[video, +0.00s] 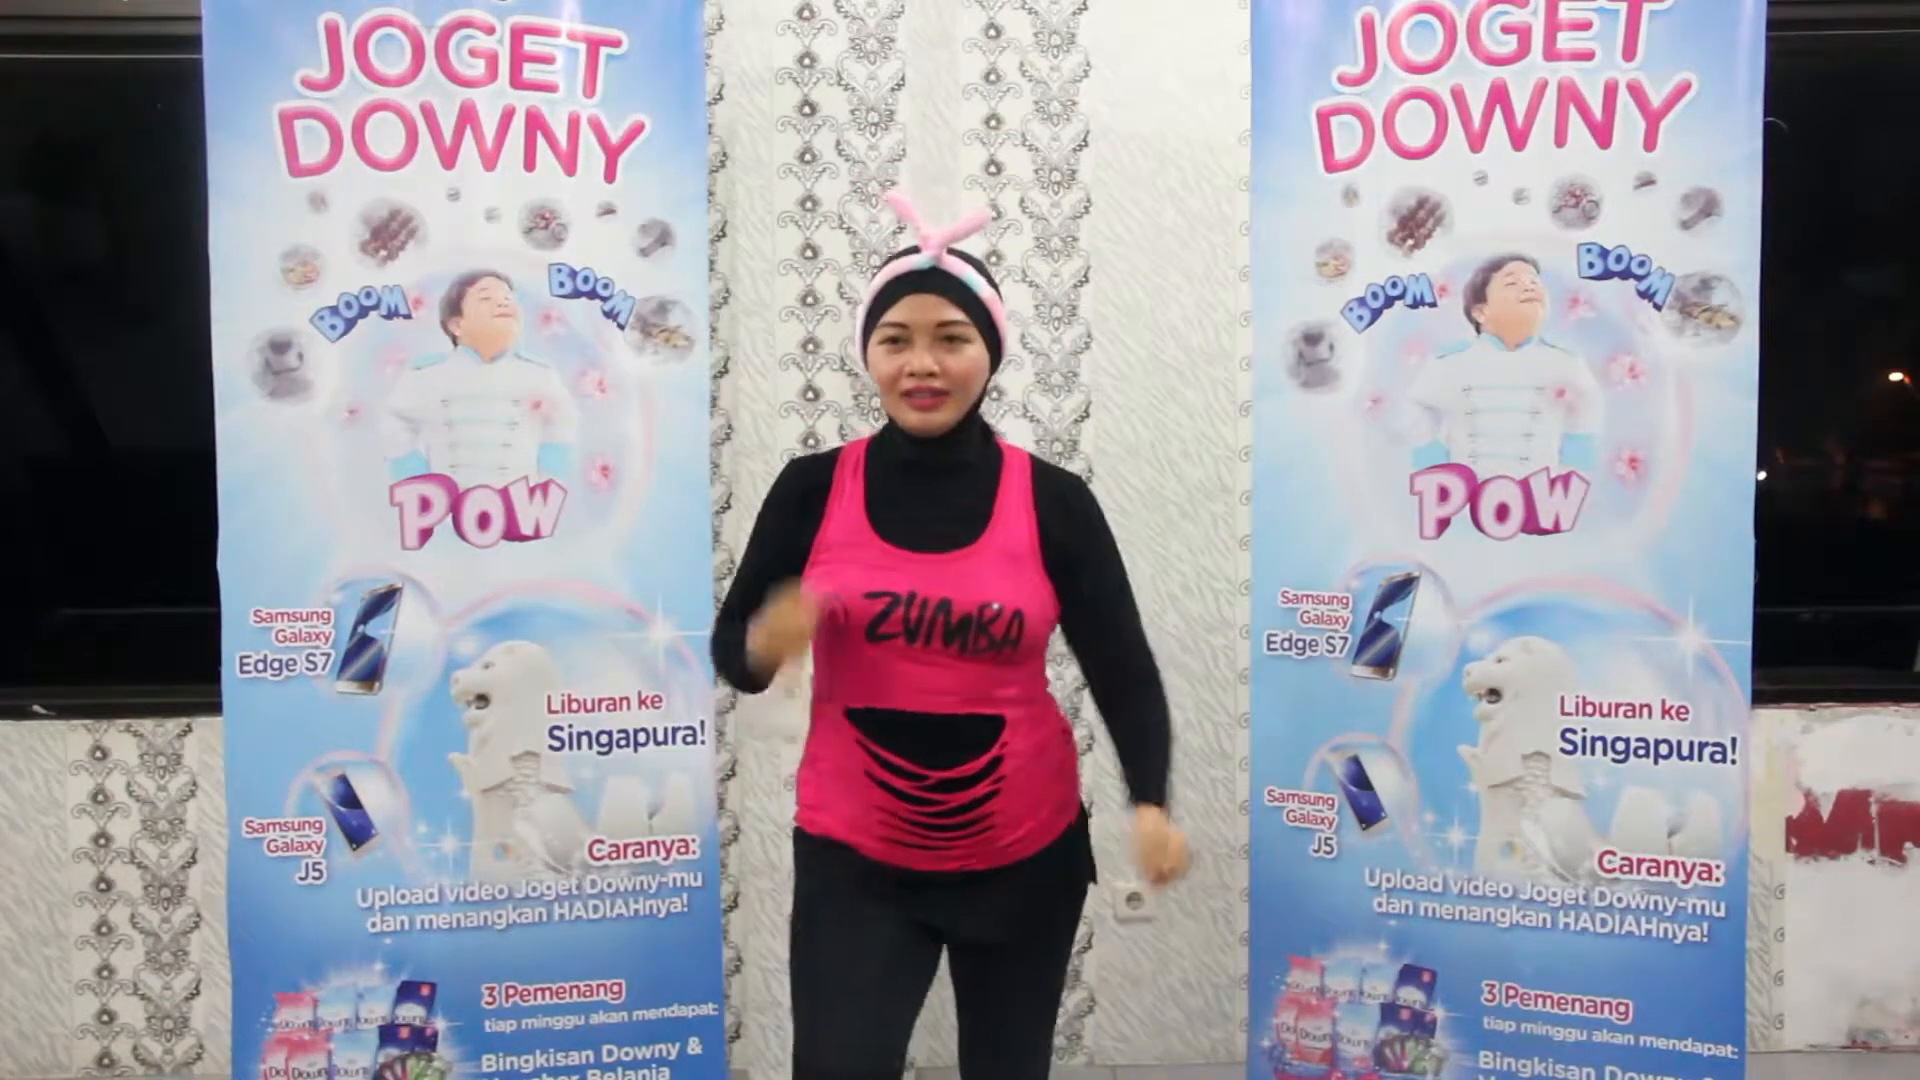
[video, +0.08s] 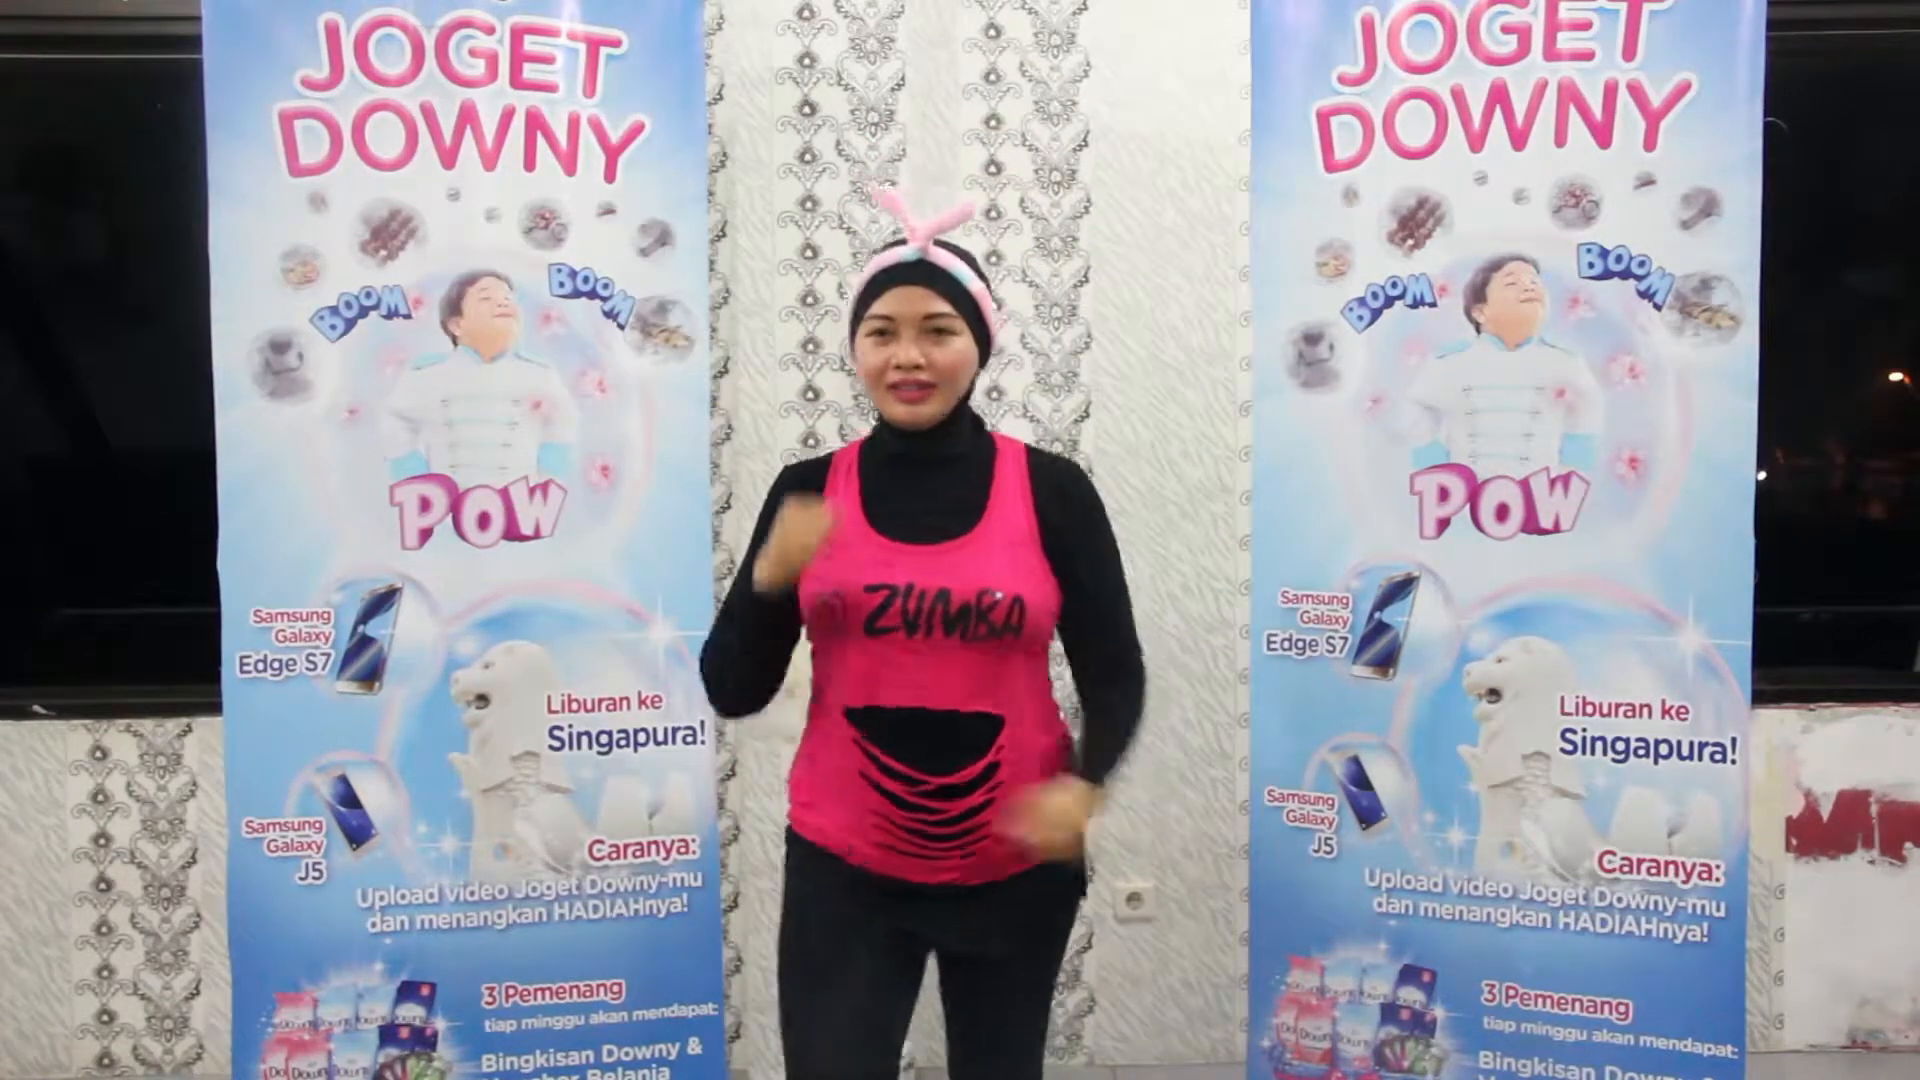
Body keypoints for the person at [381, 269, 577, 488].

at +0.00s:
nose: (503, 301)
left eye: (508, 296)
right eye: (485, 297)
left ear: (518, 314)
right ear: (455, 324)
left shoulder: (539, 376)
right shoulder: (423, 377)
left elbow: (561, 432)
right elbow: (394, 425)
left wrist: (545, 492)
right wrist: (414, 487)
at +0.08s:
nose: (503, 301)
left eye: (508, 296)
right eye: (485, 297)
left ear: (518, 314)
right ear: (455, 324)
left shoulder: (539, 376)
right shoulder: (423, 377)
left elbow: (560, 431)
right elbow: (394, 425)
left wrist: (546, 490)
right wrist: (412, 486)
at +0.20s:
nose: (503, 301)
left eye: (508, 296)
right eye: (485, 297)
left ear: (518, 314)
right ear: (455, 324)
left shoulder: (539, 376)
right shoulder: (423, 377)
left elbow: (561, 432)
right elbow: (394, 425)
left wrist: (545, 491)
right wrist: (413, 486)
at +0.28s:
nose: (503, 301)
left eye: (508, 296)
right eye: (485, 297)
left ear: (518, 314)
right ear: (455, 324)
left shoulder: (539, 376)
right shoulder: (423, 377)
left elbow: (560, 431)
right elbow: (394, 425)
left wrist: (546, 490)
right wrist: (413, 486)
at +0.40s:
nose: (503, 301)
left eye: (508, 296)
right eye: (485, 297)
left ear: (518, 314)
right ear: (455, 324)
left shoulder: (539, 376)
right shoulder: (423, 377)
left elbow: (561, 431)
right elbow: (394, 425)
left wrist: (545, 491)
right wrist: (414, 486)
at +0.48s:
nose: (503, 301)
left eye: (508, 296)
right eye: (485, 297)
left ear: (518, 314)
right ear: (455, 324)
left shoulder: (539, 376)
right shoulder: (423, 377)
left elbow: (561, 431)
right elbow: (394, 425)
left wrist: (545, 491)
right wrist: (414, 486)